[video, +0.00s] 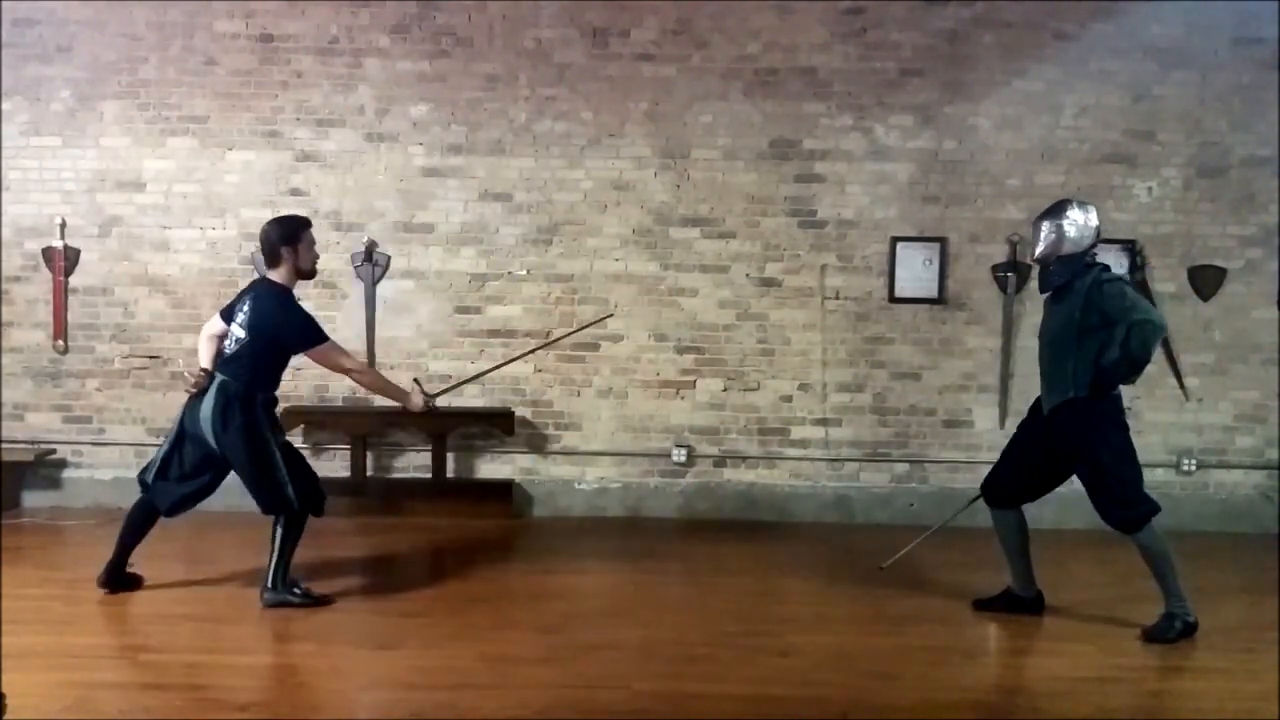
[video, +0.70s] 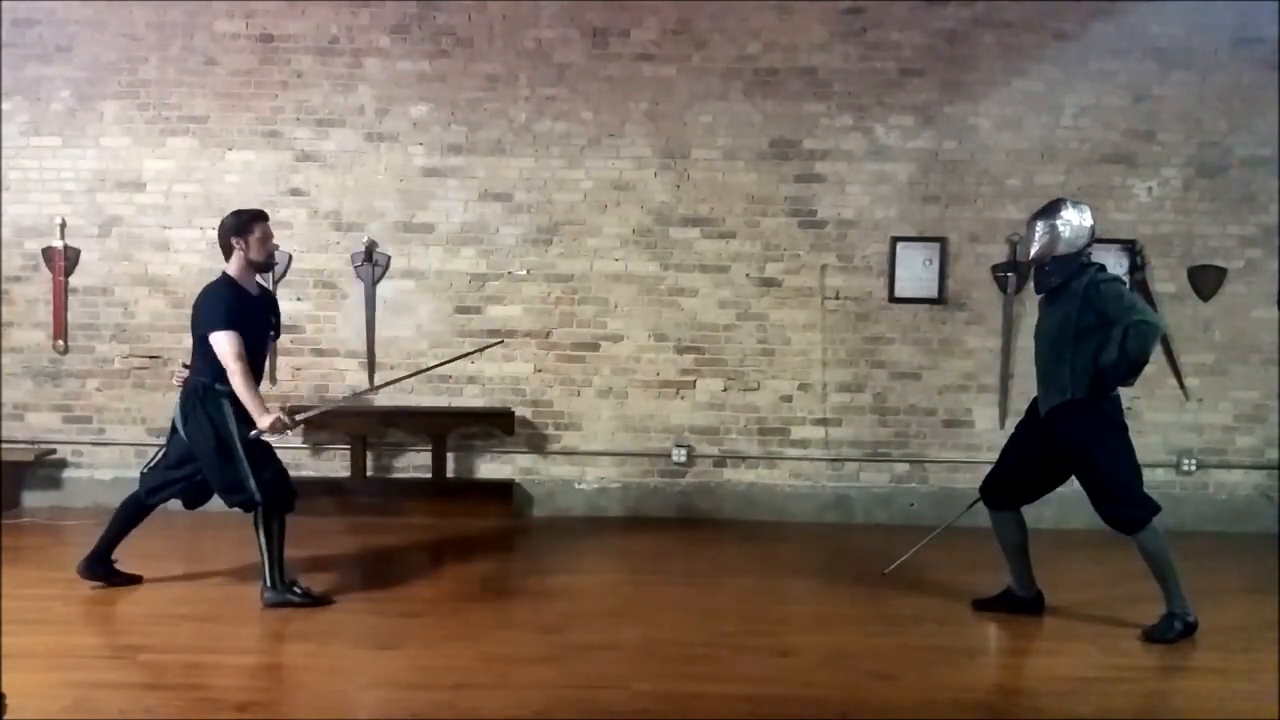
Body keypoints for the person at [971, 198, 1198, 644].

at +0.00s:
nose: (1041, 244)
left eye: (1049, 233)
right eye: (1041, 234)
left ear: (1073, 236)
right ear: (1062, 237)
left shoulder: (1099, 284)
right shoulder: (1063, 288)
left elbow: (1147, 323)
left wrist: (1111, 376)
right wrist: (1060, 386)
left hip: (1095, 416)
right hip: (1054, 414)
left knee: (1130, 512)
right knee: (1000, 492)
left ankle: (1179, 611)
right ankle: (1023, 591)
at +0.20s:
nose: (1035, 245)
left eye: (1042, 235)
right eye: (1035, 235)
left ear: (1067, 237)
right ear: (1059, 239)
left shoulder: (1094, 284)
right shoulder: (1058, 287)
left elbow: (1143, 324)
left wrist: (1106, 378)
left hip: (1091, 417)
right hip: (1051, 415)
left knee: (1127, 512)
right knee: (998, 493)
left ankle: (1179, 612)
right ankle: (1023, 591)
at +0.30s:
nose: (1033, 246)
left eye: (1040, 236)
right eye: (1033, 236)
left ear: (1064, 238)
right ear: (1061, 240)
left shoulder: (1095, 283)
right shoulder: (1057, 286)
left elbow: (1143, 324)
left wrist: (1108, 376)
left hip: (1092, 416)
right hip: (1050, 414)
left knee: (1128, 511)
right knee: (998, 492)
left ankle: (1179, 612)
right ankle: (1023, 591)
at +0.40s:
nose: (1033, 248)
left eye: (1040, 237)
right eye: (1032, 238)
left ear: (1064, 239)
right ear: (1060, 241)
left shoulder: (1095, 284)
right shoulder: (1057, 288)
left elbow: (1144, 323)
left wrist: (1110, 375)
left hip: (1092, 416)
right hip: (1050, 414)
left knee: (1129, 512)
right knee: (998, 492)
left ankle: (1180, 612)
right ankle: (1023, 591)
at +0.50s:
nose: (1033, 245)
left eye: (1040, 236)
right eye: (1033, 236)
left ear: (1063, 238)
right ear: (1060, 239)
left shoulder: (1094, 284)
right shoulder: (1056, 286)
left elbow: (1144, 324)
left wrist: (1109, 376)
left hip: (1092, 416)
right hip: (1050, 413)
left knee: (1130, 511)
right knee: (998, 493)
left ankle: (1180, 612)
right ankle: (1023, 591)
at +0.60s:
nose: (1034, 247)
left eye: (1041, 236)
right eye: (1033, 237)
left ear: (1065, 238)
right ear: (1060, 239)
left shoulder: (1095, 284)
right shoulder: (1057, 287)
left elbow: (1145, 323)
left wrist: (1112, 374)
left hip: (1092, 416)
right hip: (1050, 414)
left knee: (1131, 511)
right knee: (998, 493)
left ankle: (1180, 612)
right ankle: (1023, 591)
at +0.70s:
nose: (1034, 245)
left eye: (1041, 235)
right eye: (1034, 235)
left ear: (1064, 237)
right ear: (1063, 238)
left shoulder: (1095, 283)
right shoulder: (1057, 287)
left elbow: (1145, 324)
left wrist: (1112, 375)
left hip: (1093, 416)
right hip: (1051, 414)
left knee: (1131, 511)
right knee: (999, 493)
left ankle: (1180, 611)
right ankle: (1023, 591)